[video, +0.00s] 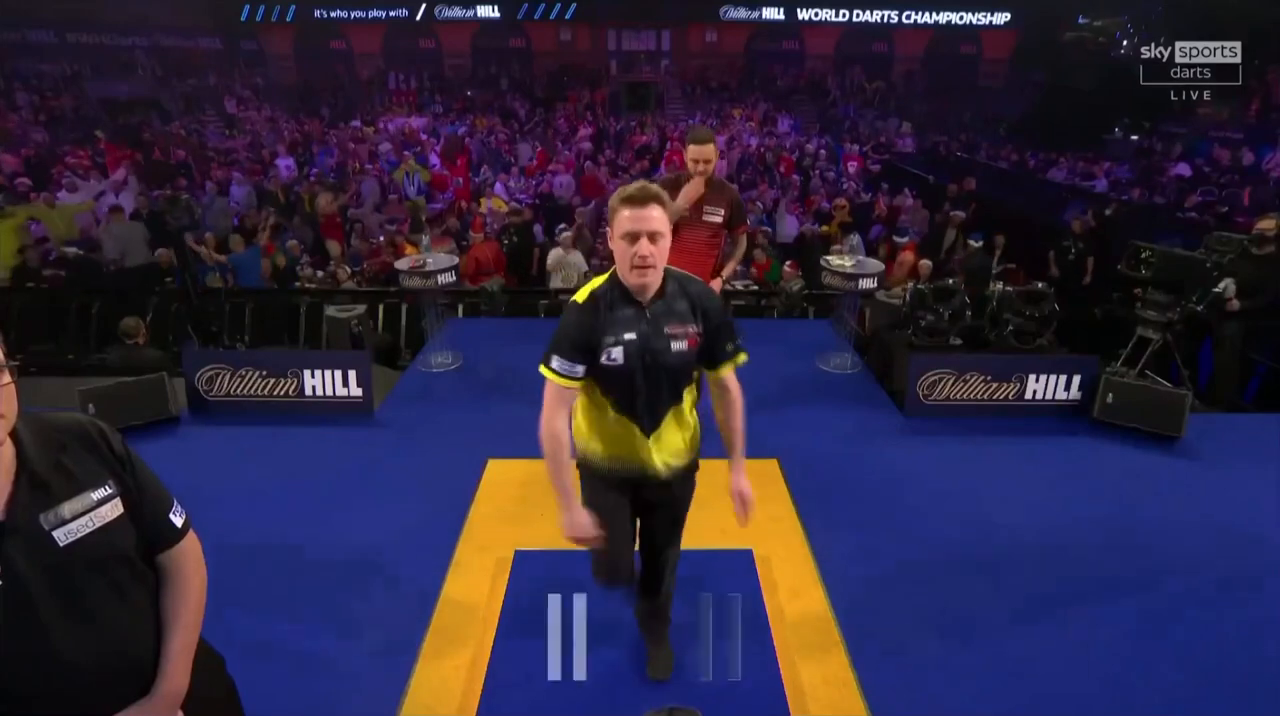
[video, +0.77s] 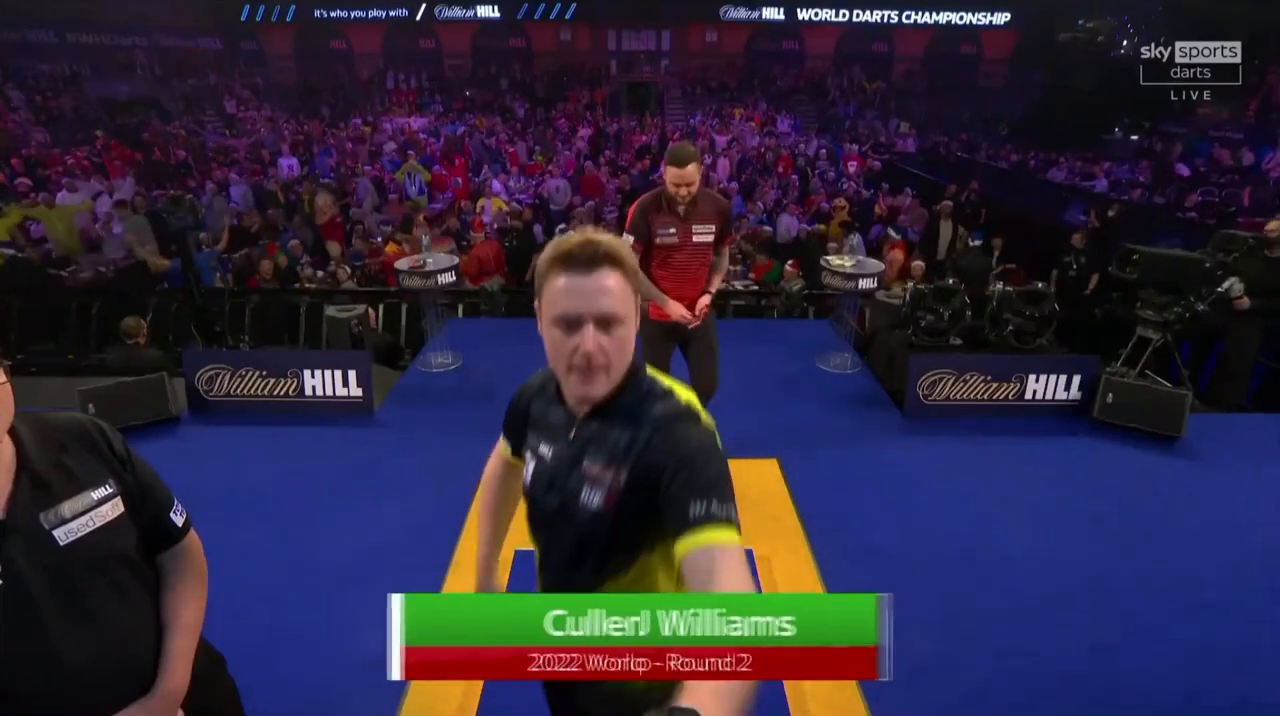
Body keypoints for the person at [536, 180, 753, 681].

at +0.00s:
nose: (643, 250)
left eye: (654, 237)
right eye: (630, 238)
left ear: (670, 241)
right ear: (610, 244)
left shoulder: (700, 301)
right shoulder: (588, 310)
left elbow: (725, 385)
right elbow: (554, 413)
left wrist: (738, 468)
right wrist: (569, 504)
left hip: (672, 457)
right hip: (605, 458)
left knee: (660, 567)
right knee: (614, 571)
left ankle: (656, 631)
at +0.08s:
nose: (640, 250)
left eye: (652, 236)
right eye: (627, 237)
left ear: (669, 239)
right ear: (606, 242)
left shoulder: (703, 306)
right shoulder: (583, 311)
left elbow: (739, 404)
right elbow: (546, 408)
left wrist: (749, 496)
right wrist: (544, 497)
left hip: (673, 475)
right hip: (604, 476)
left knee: (661, 578)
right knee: (607, 590)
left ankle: (656, 641)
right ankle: (621, 628)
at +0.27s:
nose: (629, 266)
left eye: (641, 251)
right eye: (615, 253)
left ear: (662, 252)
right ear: (594, 260)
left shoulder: (705, 327)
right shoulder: (574, 329)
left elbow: (751, 432)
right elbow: (539, 401)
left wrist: (741, 516)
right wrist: (514, 479)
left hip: (674, 505)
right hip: (600, 506)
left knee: (658, 595)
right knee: (615, 643)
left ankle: (655, 653)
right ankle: (610, 707)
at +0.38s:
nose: (617, 291)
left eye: (630, 275)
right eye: (602, 276)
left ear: (654, 277)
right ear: (580, 283)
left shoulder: (695, 356)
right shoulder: (565, 350)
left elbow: (748, 480)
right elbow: (535, 413)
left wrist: (720, 541)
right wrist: (507, 483)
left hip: (666, 555)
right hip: (592, 552)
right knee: (607, 688)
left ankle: (660, 663)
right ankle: (613, 704)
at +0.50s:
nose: (603, 306)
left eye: (619, 288)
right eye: (587, 290)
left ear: (643, 291)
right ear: (563, 296)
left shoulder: (685, 375)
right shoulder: (554, 367)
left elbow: (735, 517)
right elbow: (531, 432)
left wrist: (683, 598)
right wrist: (505, 506)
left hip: (663, 555)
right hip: (576, 550)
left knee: (663, 674)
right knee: (586, 694)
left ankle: (669, 702)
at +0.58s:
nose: (597, 317)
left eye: (613, 297)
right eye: (579, 299)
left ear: (638, 298)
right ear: (553, 303)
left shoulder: (680, 387)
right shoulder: (546, 377)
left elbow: (729, 534)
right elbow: (527, 443)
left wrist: (677, 648)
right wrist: (502, 528)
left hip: (657, 614)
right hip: (565, 605)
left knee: (650, 706)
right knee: (574, 705)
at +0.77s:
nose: (588, 345)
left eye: (607, 324)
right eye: (569, 325)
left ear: (637, 321)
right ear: (540, 322)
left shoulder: (677, 429)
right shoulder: (536, 401)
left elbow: (730, 610)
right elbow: (504, 472)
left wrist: (690, 708)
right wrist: (487, 581)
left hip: (653, 687)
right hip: (562, 672)